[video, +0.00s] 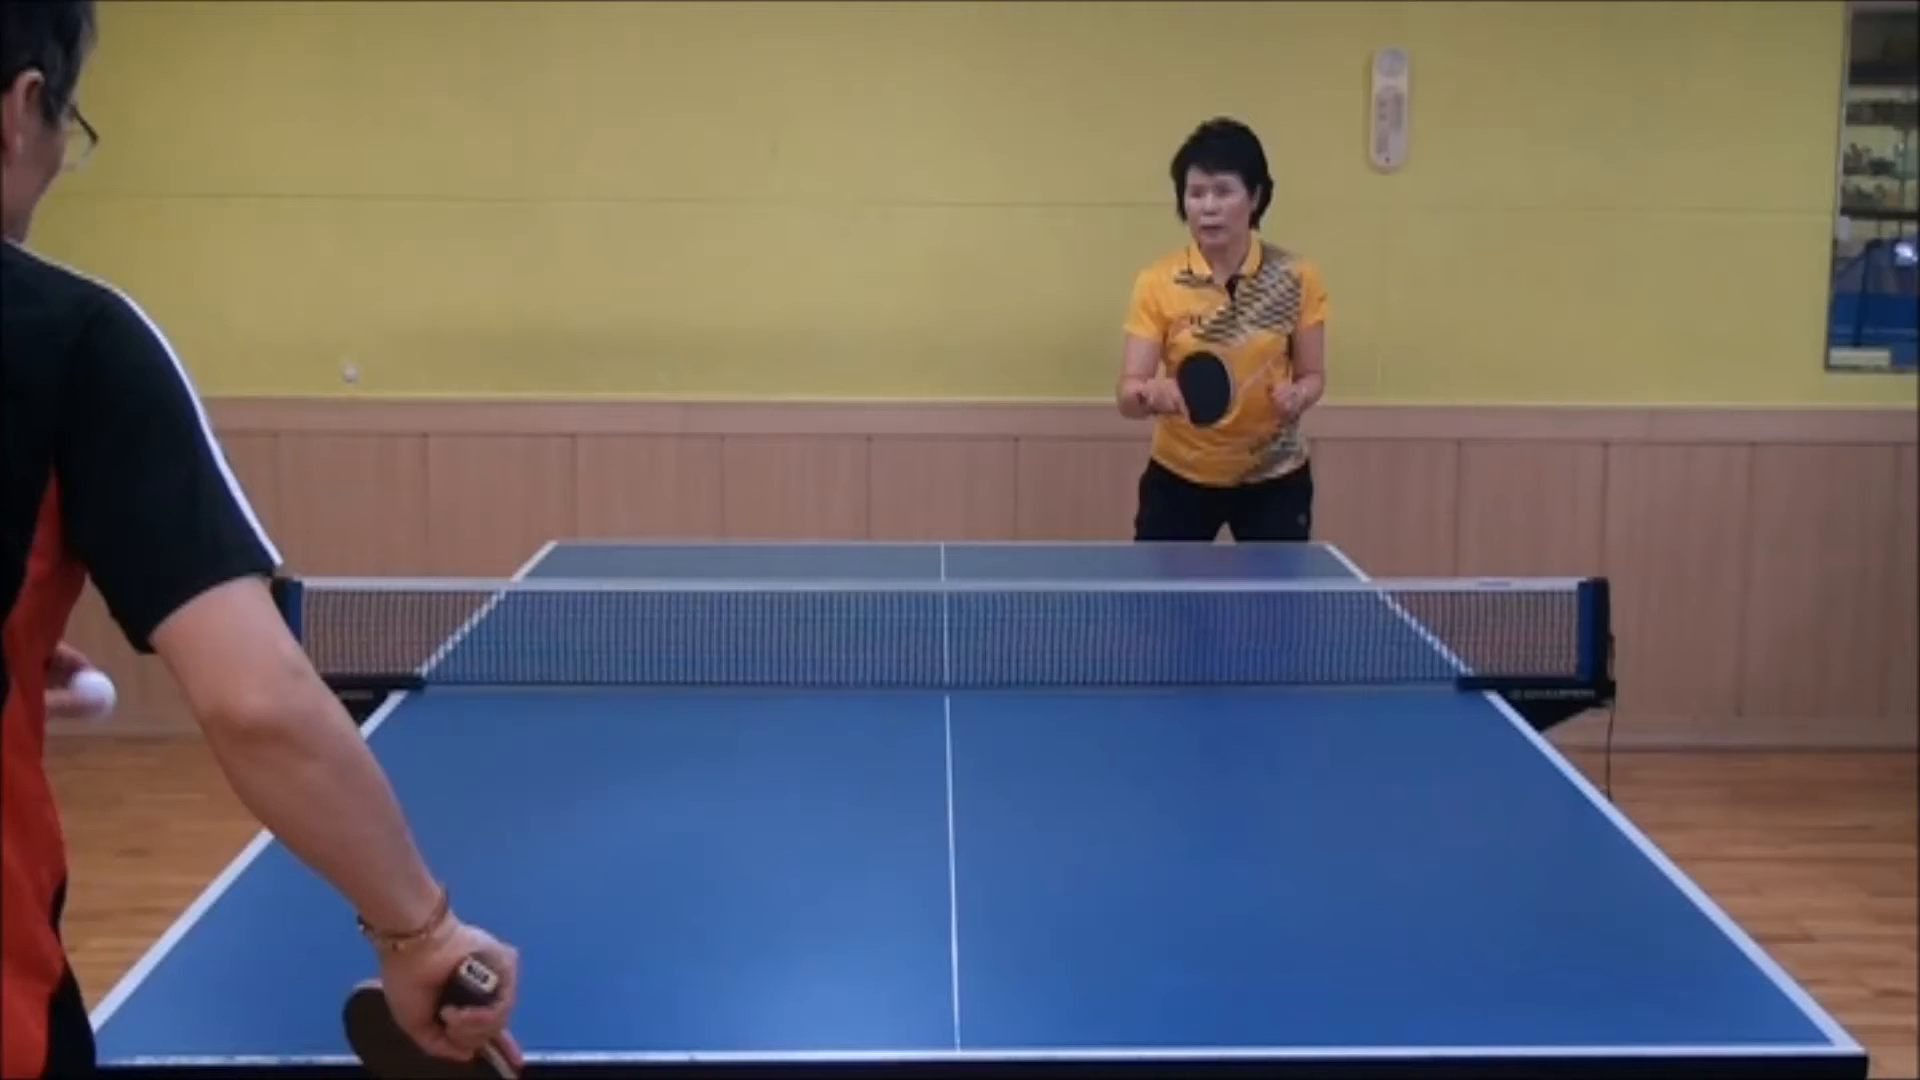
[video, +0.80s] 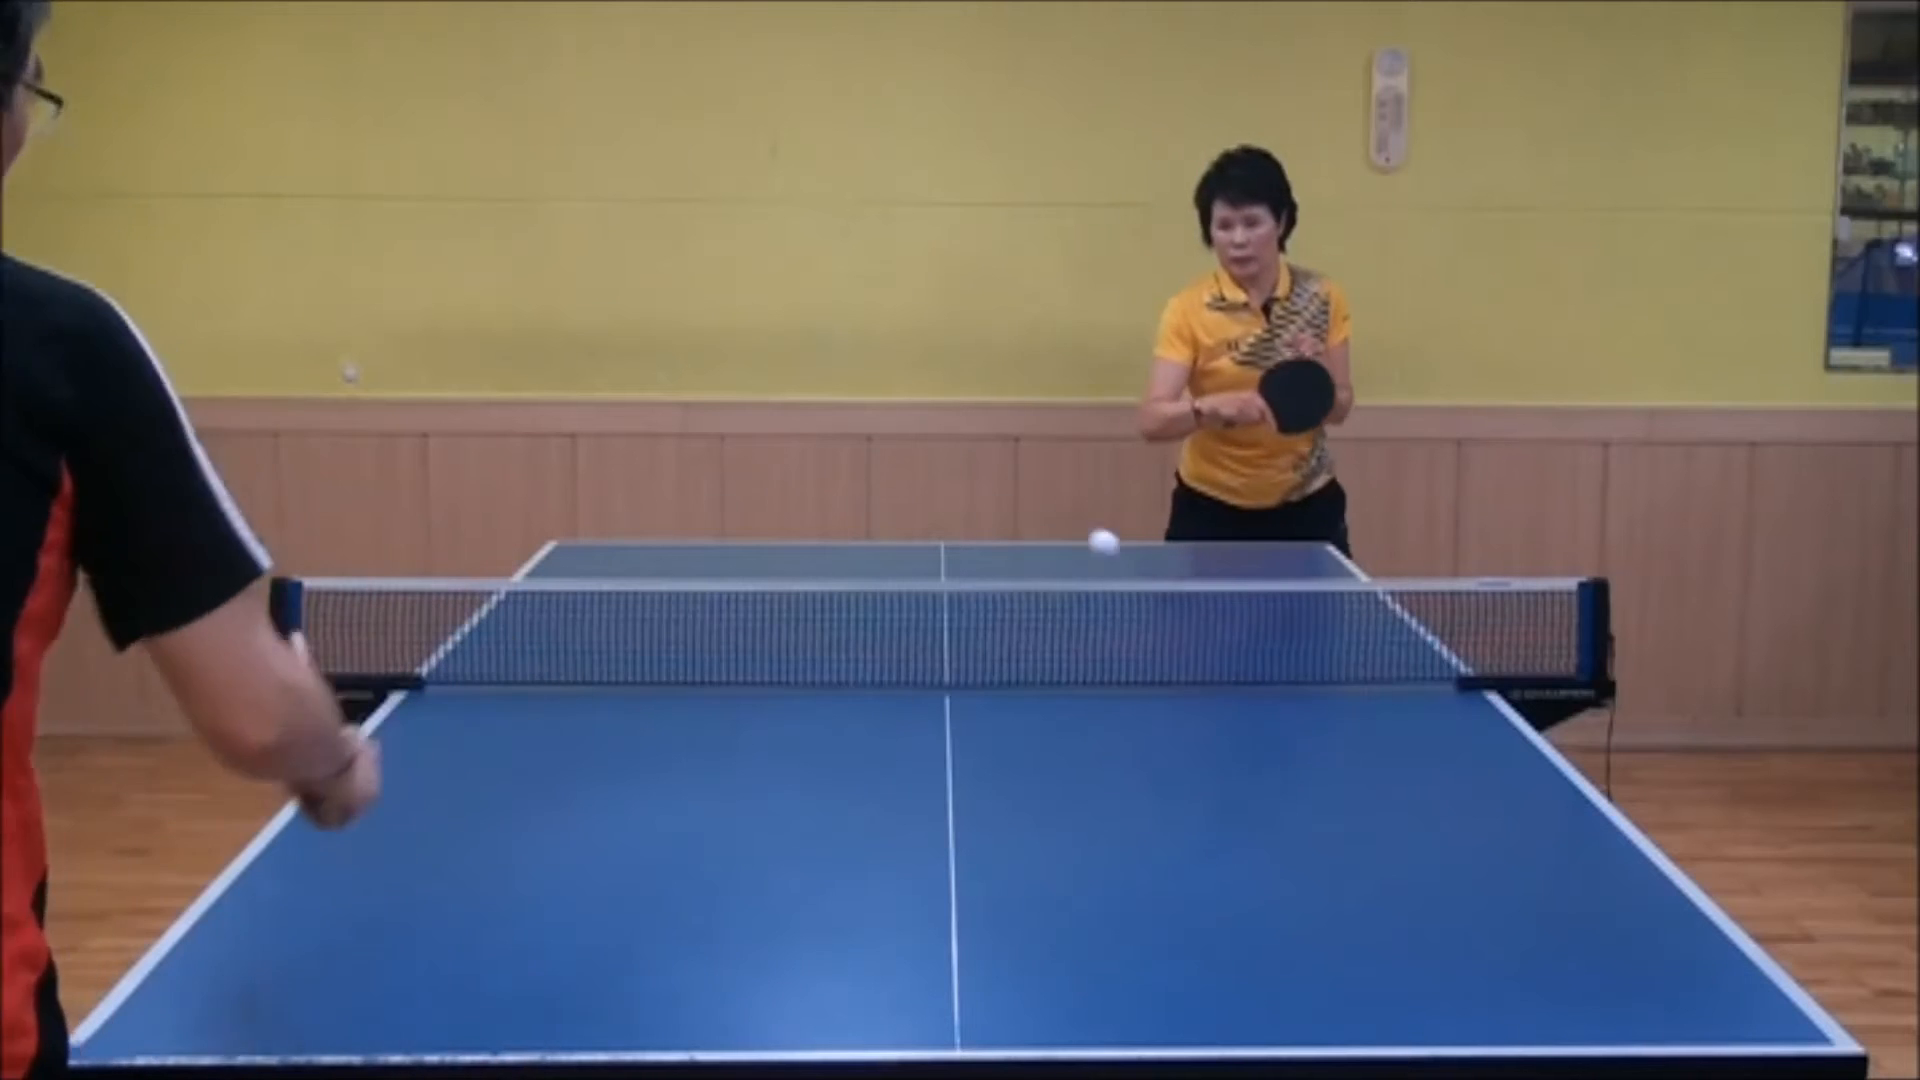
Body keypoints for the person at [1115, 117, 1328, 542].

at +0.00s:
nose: (1209, 207)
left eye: (1224, 191)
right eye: (1197, 192)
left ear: (1256, 198)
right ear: (1181, 201)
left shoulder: (1297, 282)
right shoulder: (1157, 284)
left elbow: (1312, 375)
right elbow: (1129, 395)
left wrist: (1296, 396)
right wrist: (1152, 394)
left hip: (1272, 483)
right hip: (1180, 481)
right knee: (1152, 599)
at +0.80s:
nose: (1239, 240)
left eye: (1253, 224)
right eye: (1225, 226)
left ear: (1282, 224)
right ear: (1208, 232)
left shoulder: (1321, 301)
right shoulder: (1188, 311)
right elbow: (1153, 421)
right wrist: (1209, 409)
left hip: (1305, 510)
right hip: (1210, 511)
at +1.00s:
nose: (1287, 257)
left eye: (1302, 240)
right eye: (1273, 242)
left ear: (1329, 238)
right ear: (1255, 246)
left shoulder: (1363, 315)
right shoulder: (1232, 322)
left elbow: (1372, 399)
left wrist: (1371, 394)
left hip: (1327, 507)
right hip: (1236, 508)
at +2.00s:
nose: (1262, 212)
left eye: (1278, 197)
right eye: (1250, 197)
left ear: (1310, 205)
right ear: (1235, 205)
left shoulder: (1345, 290)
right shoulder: (1206, 291)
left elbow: (1357, 389)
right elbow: (1167, 404)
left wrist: (1367, 398)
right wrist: (1202, 395)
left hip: (1310, 488)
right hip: (1218, 484)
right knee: (1203, 604)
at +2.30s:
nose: (1221, 208)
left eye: (1237, 195)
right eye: (1210, 194)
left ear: (1267, 205)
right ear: (1194, 203)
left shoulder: (1298, 289)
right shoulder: (1162, 287)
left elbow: (1300, 386)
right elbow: (1129, 401)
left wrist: (1312, 399)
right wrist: (1162, 391)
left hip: (1264, 491)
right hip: (1171, 488)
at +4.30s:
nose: (1247, 236)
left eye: (1262, 220)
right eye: (1234, 222)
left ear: (1290, 221)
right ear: (1217, 229)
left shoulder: (1328, 300)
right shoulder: (1195, 308)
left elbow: (1341, 413)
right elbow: (1154, 415)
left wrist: (1330, 387)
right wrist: (1201, 419)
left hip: (1306, 507)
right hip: (1213, 507)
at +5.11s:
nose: (1301, 258)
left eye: (1315, 242)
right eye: (1286, 244)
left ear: (1341, 241)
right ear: (1267, 249)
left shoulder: (1368, 317)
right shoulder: (1242, 322)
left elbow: (1374, 397)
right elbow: (1200, 429)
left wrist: (1361, 402)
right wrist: (1271, 413)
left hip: (1329, 507)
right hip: (1240, 507)